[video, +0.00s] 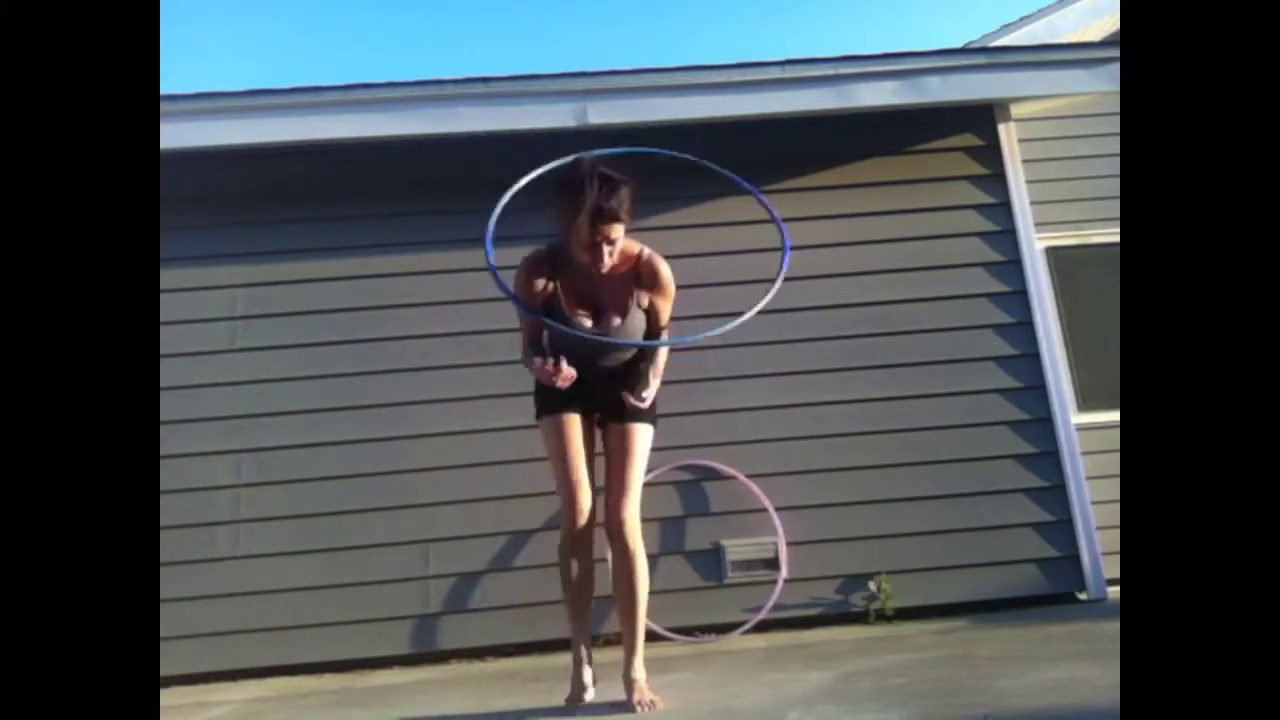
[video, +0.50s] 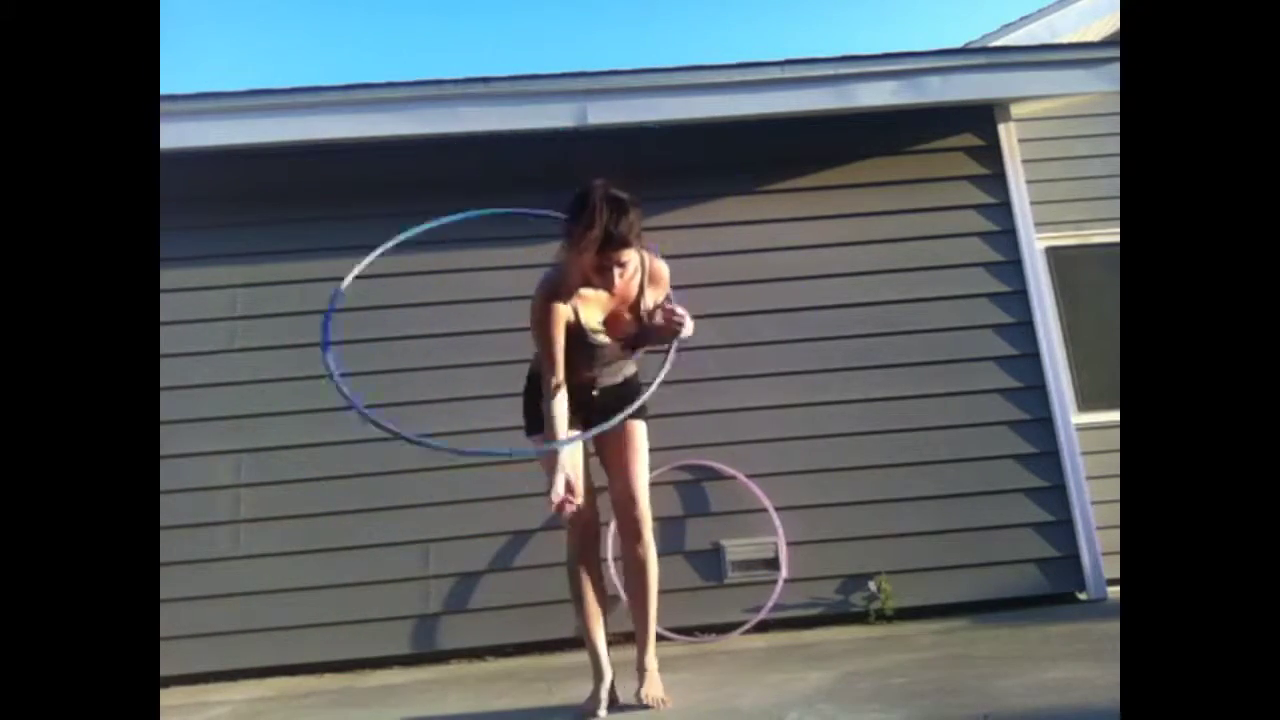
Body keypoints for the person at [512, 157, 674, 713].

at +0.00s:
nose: (602, 252)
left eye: (611, 241)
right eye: (592, 242)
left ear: (626, 224)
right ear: (568, 224)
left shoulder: (650, 270)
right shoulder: (539, 270)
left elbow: (659, 337)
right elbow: (530, 345)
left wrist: (650, 379)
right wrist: (545, 369)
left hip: (628, 380)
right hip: (563, 381)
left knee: (622, 519)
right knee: (578, 515)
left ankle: (635, 668)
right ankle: (582, 663)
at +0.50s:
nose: (615, 272)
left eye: (623, 262)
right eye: (604, 263)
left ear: (639, 247)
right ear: (583, 251)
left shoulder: (653, 273)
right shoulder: (556, 295)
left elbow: (643, 332)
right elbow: (556, 384)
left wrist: (669, 328)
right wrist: (564, 462)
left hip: (619, 390)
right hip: (558, 398)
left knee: (637, 521)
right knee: (584, 530)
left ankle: (648, 664)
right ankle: (601, 674)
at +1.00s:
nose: (640, 272)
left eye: (648, 260)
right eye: (628, 263)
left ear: (660, 244)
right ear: (603, 247)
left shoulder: (680, 290)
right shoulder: (575, 267)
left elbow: (674, 378)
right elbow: (559, 320)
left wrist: (626, 432)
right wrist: (535, 316)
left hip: (661, 387)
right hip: (596, 390)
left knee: (705, 515)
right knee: (602, 532)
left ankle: (765, 655)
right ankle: (606, 676)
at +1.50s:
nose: (729, 269)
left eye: (734, 259)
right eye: (721, 262)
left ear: (735, 251)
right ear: (695, 249)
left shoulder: (735, 263)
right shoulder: (656, 301)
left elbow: (736, 277)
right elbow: (655, 383)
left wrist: (771, 274)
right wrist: (714, 437)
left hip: (710, 384)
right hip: (651, 393)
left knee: (751, 510)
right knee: (654, 533)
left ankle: (770, 661)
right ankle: (615, 674)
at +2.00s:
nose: (624, 244)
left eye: (635, 235)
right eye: (618, 231)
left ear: (656, 232)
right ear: (605, 222)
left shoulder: (652, 289)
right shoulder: (591, 248)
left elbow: (612, 386)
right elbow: (576, 331)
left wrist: (541, 446)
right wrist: (533, 398)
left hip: (651, 398)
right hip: (614, 394)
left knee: (587, 529)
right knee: (589, 534)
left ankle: (702, 613)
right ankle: (642, 676)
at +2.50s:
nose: (617, 191)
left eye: (614, 183)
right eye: (615, 184)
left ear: (560, 187)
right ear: (606, 189)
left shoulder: (524, 239)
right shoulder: (622, 250)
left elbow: (534, 311)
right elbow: (622, 326)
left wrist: (609, 367)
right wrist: (620, 371)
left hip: (532, 379)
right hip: (593, 376)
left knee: (563, 528)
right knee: (592, 527)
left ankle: (567, 669)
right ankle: (560, 672)